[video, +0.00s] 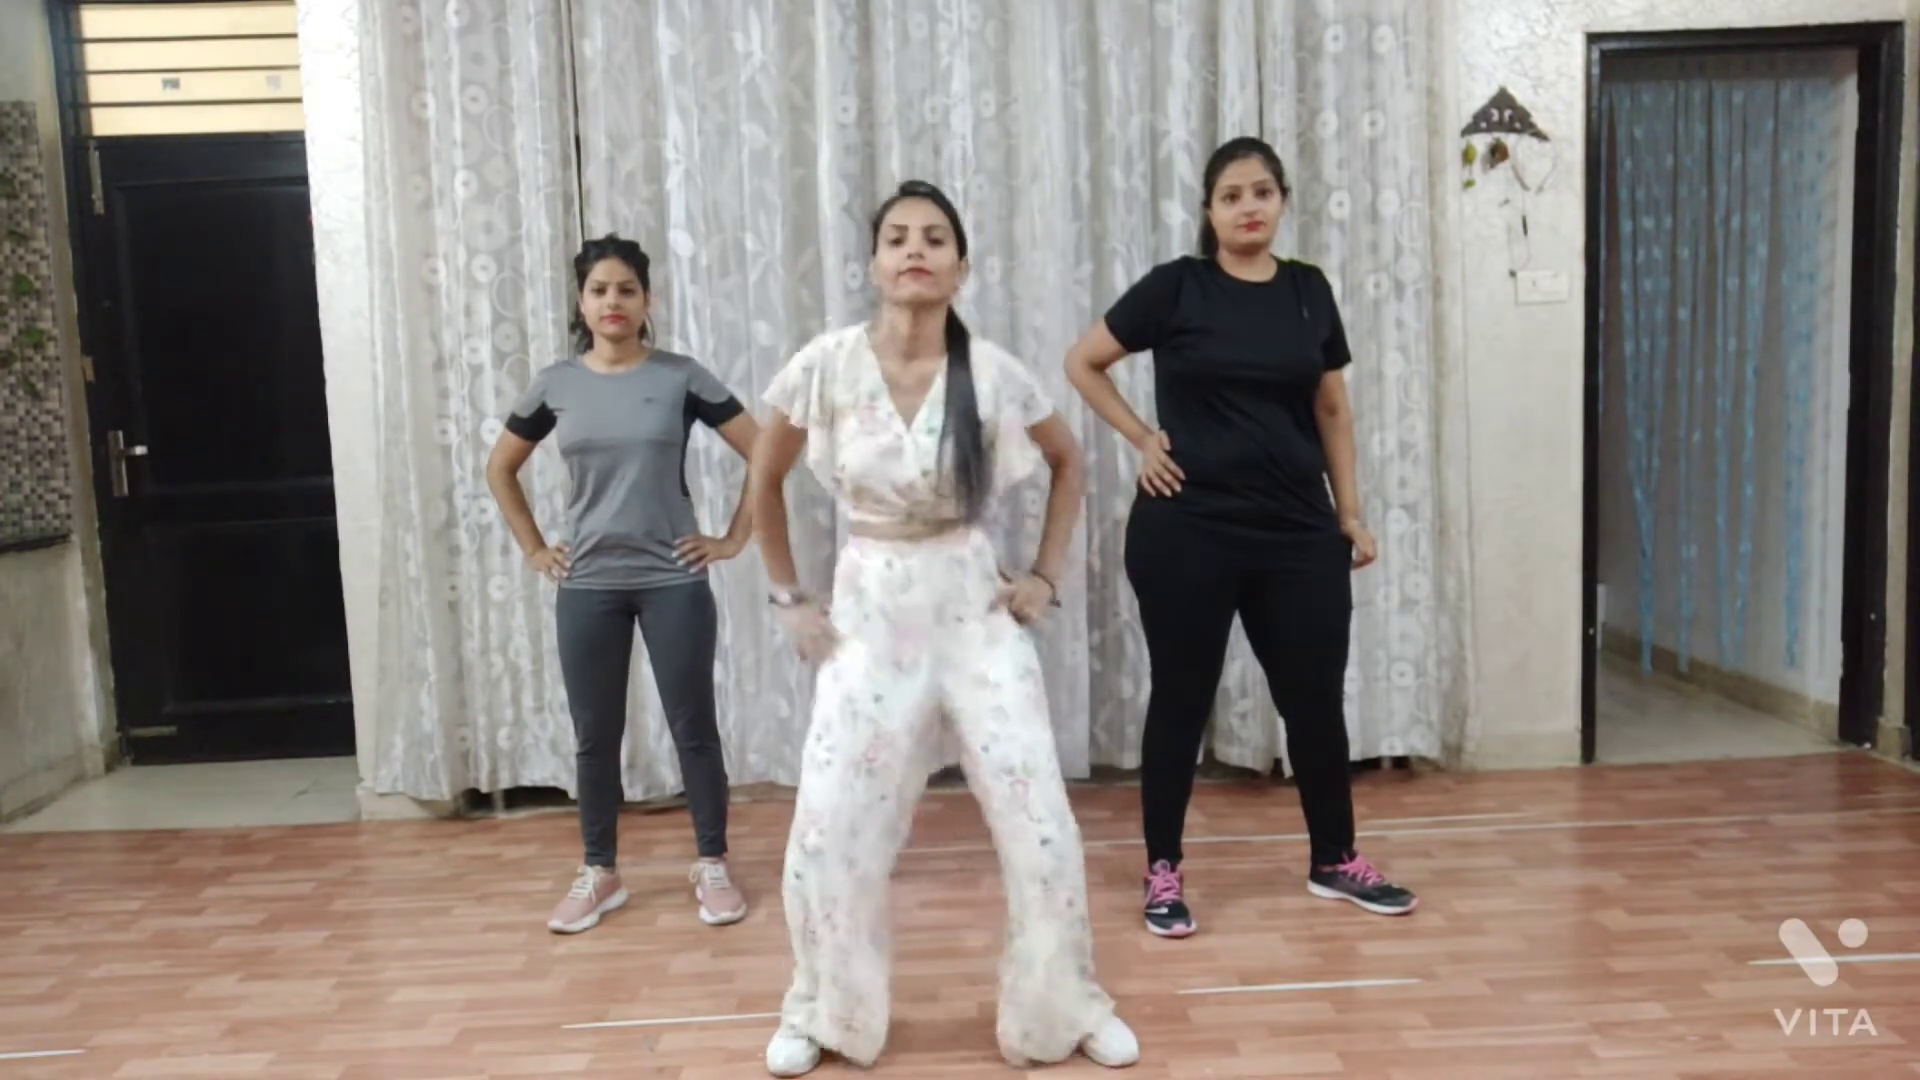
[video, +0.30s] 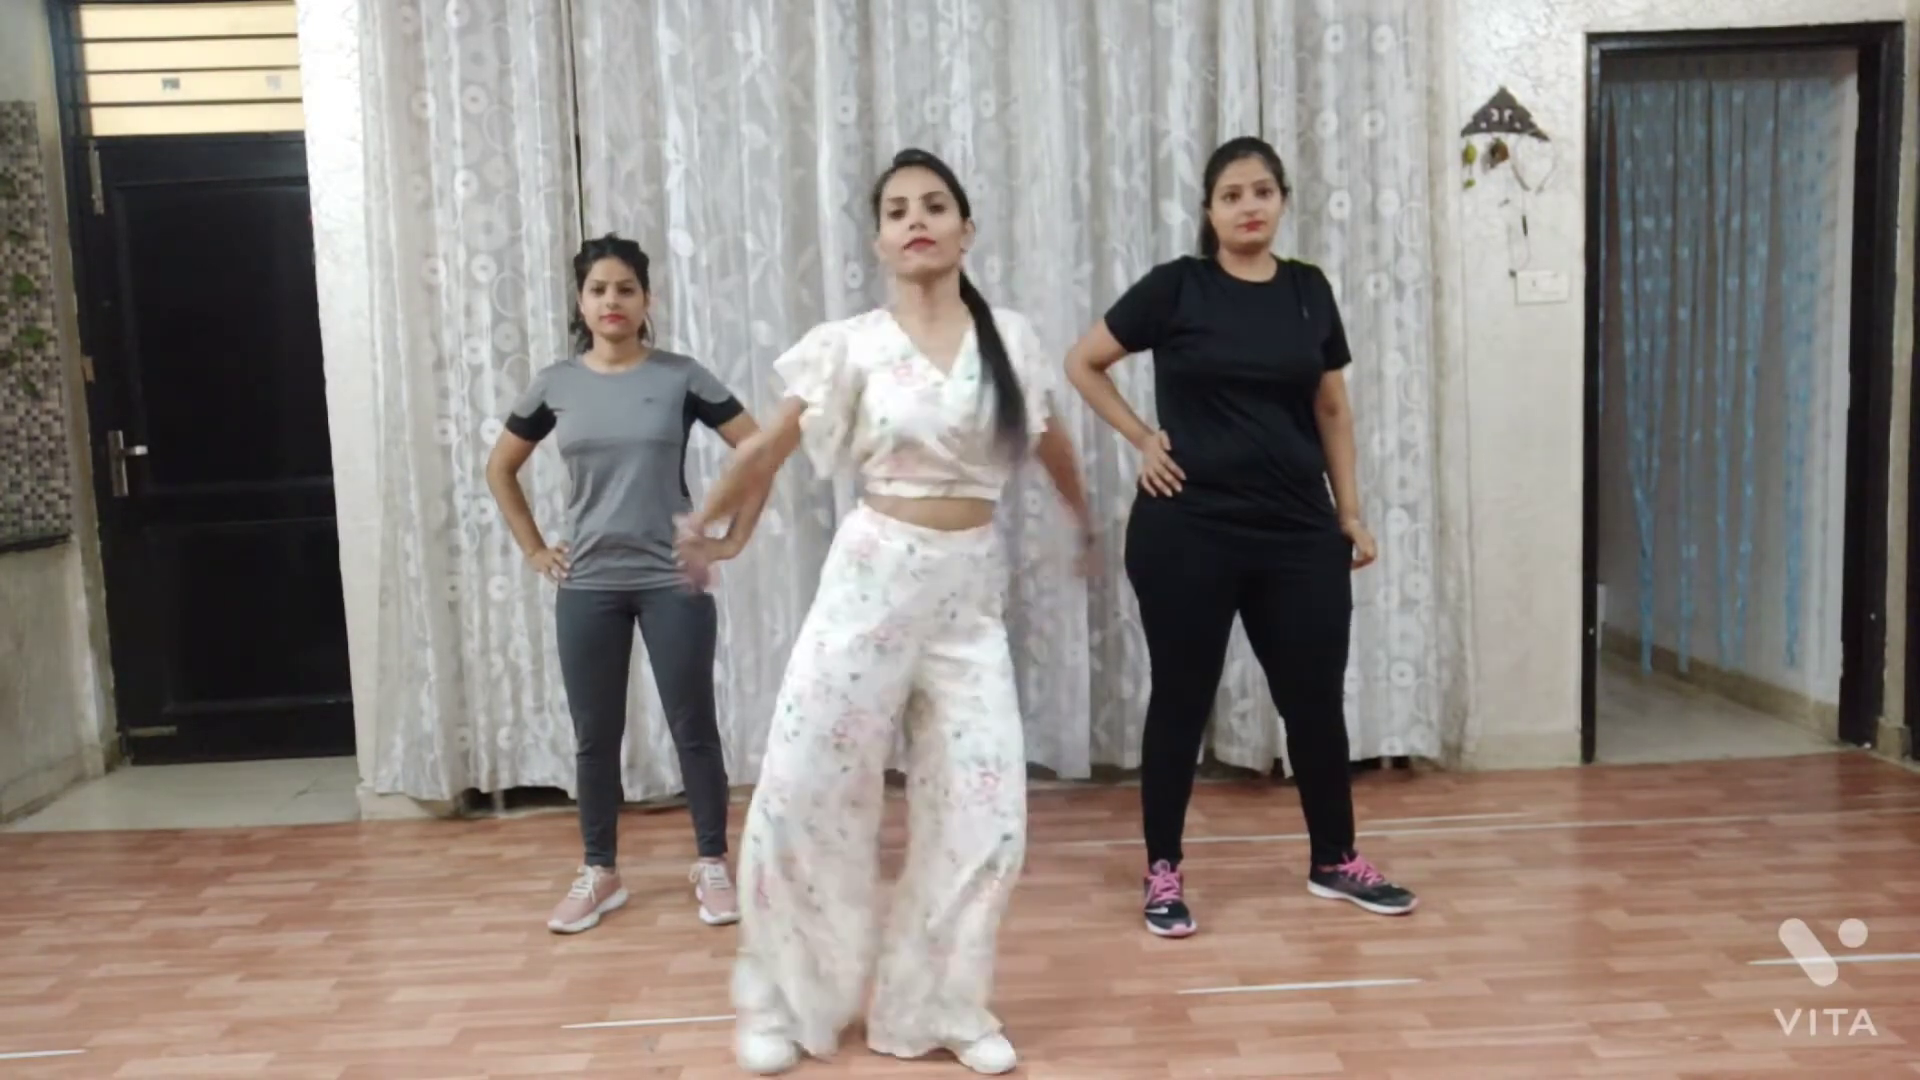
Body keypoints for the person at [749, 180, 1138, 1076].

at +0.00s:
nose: (914, 253)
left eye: (932, 241)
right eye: (898, 241)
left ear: (961, 265)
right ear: (873, 262)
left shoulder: (991, 373)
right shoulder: (822, 369)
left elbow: (1070, 464)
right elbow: (764, 482)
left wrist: (1044, 577)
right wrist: (790, 597)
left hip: (976, 617)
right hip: (867, 622)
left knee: (1038, 813)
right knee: (828, 823)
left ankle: (1067, 1002)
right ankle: (815, 1009)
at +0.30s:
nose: (916, 224)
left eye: (934, 209)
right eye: (899, 213)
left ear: (967, 228)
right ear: (877, 238)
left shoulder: (1007, 344)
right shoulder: (847, 347)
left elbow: (1053, 446)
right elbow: (763, 448)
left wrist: (1087, 523)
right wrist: (704, 520)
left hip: (971, 601)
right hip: (867, 593)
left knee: (990, 812)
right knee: (797, 791)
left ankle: (949, 1006)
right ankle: (775, 1007)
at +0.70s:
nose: (926, 237)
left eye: (943, 225)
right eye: (908, 226)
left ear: (974, 246)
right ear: (885, 250)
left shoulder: (1021, 348)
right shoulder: (853, 352)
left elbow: (1152, 398)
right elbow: (720, 412)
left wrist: (1275, 441)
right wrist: (596, 456)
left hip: (969, 615)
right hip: (871, 608)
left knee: (982, 819)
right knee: (770, 805)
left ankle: (949, 1027)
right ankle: (646, 1020)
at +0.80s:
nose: (924, 235)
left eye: (942, 222)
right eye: (906, 225)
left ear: (973, 246)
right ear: (886, 252)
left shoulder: (1018, 345)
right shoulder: (859, 350)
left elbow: (1154, 383)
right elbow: (732, 401)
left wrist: (1289, 423)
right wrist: (604, 437)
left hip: (970, 615)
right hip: (872, 608)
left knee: (981, 825)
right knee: (770, 807)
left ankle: (946, 1030)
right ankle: (644, 1014)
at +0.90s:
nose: (924, 236)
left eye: (942, 223)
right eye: (906, 225)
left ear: (973, 248)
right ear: (883, 252)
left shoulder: (1017, 344)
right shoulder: (859, 349)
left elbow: (1154, 379)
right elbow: (749, 390)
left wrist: (1283, 410)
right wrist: (632, 426)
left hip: (970, 612)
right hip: (868, 602)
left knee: (985, 818)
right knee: (767, 799)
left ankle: (949, 1028)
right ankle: (647, 1013)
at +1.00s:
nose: (926, 238)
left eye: (944, 224)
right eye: (907, 228)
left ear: (974, 250)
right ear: (885, 256)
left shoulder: (1009, 341)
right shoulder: (864, 348)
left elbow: (1131, 372)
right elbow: (772, 378)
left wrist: (1248, 404)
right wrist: (675, 408)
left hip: (972, 606)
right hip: (871, 599)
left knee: (983, 823)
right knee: (768, 797)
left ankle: (948, 1030)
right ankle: (646, 1014)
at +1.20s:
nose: (933, 240)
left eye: (950, 227)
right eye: (916, 228)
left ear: (979, 247)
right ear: (891, 250)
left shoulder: (1005, 343)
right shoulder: (866, 341)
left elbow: (1072, 373)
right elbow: (812, 357)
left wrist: (1141, 405)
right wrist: (754, 380)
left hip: (971, 605)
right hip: (872, 596)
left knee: (986, 822)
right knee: (769, 789)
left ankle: (949, 1024)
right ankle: (646, 1010)